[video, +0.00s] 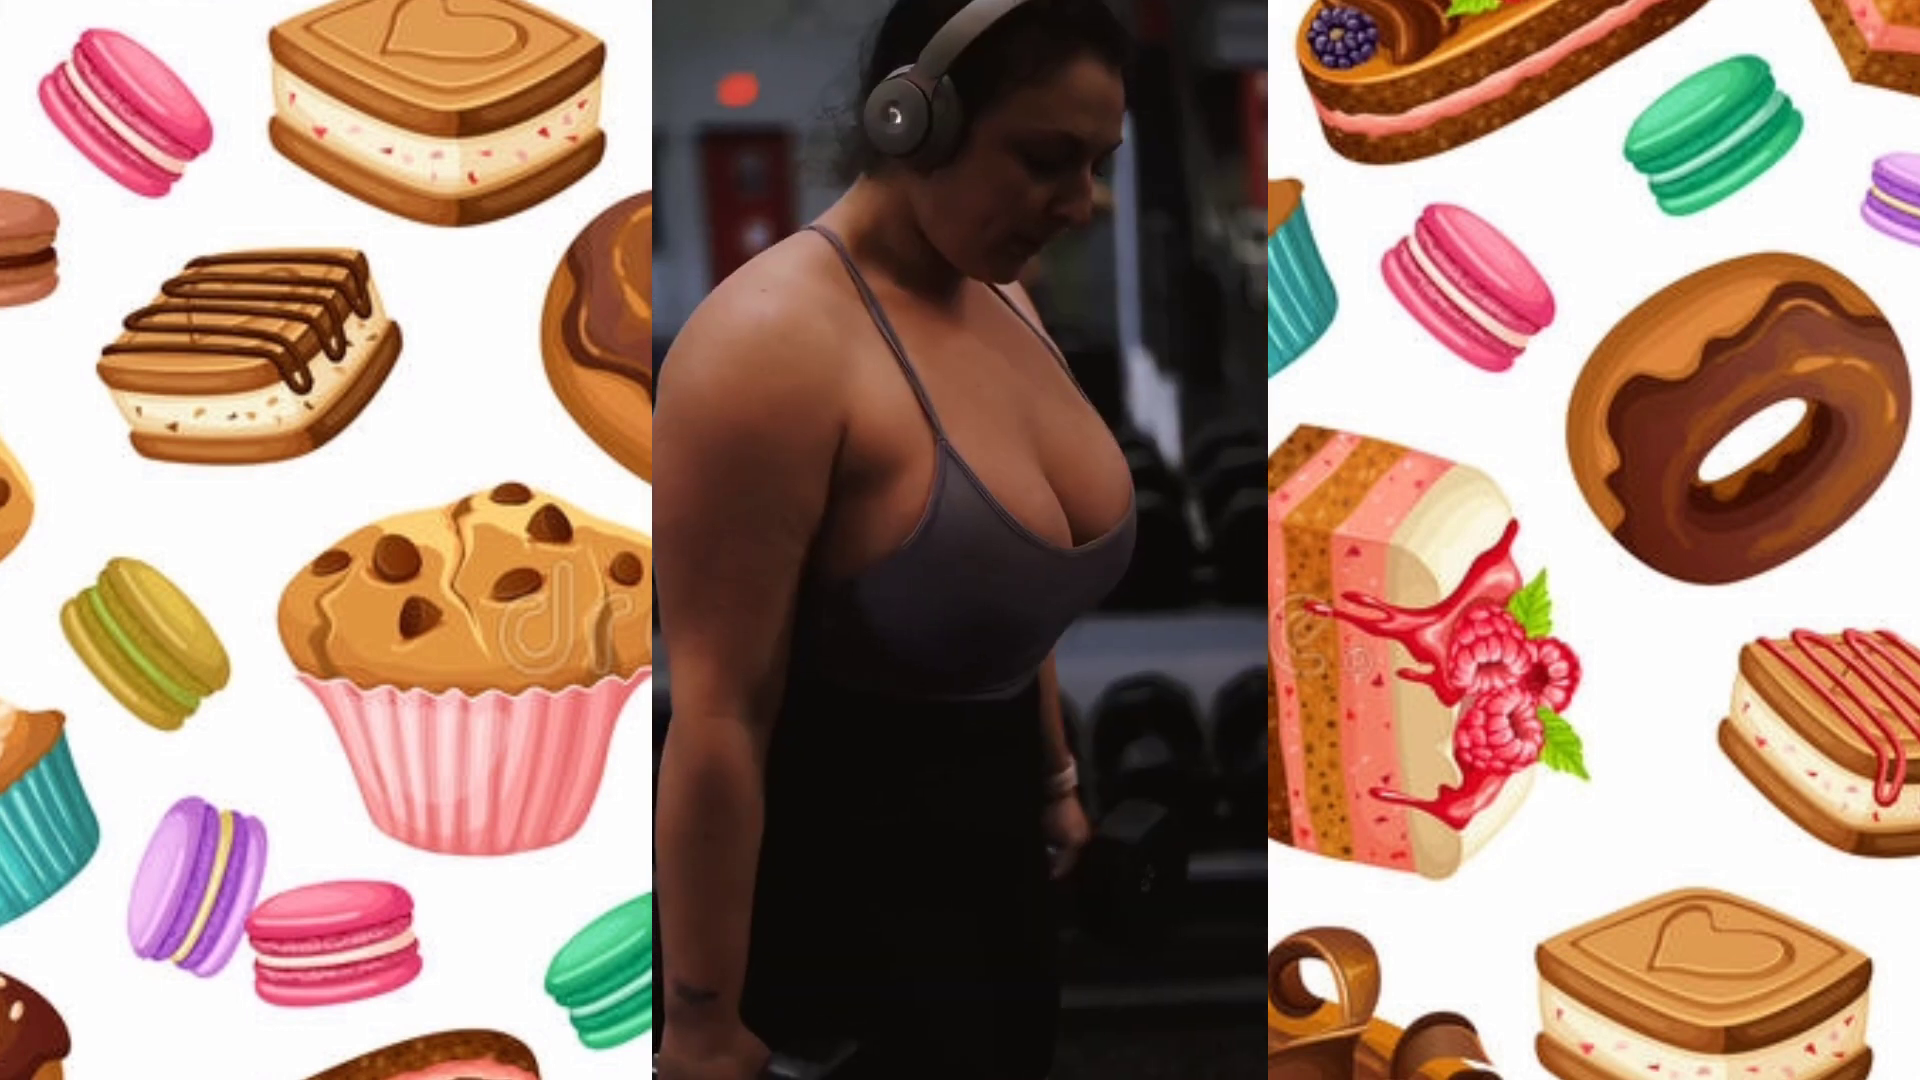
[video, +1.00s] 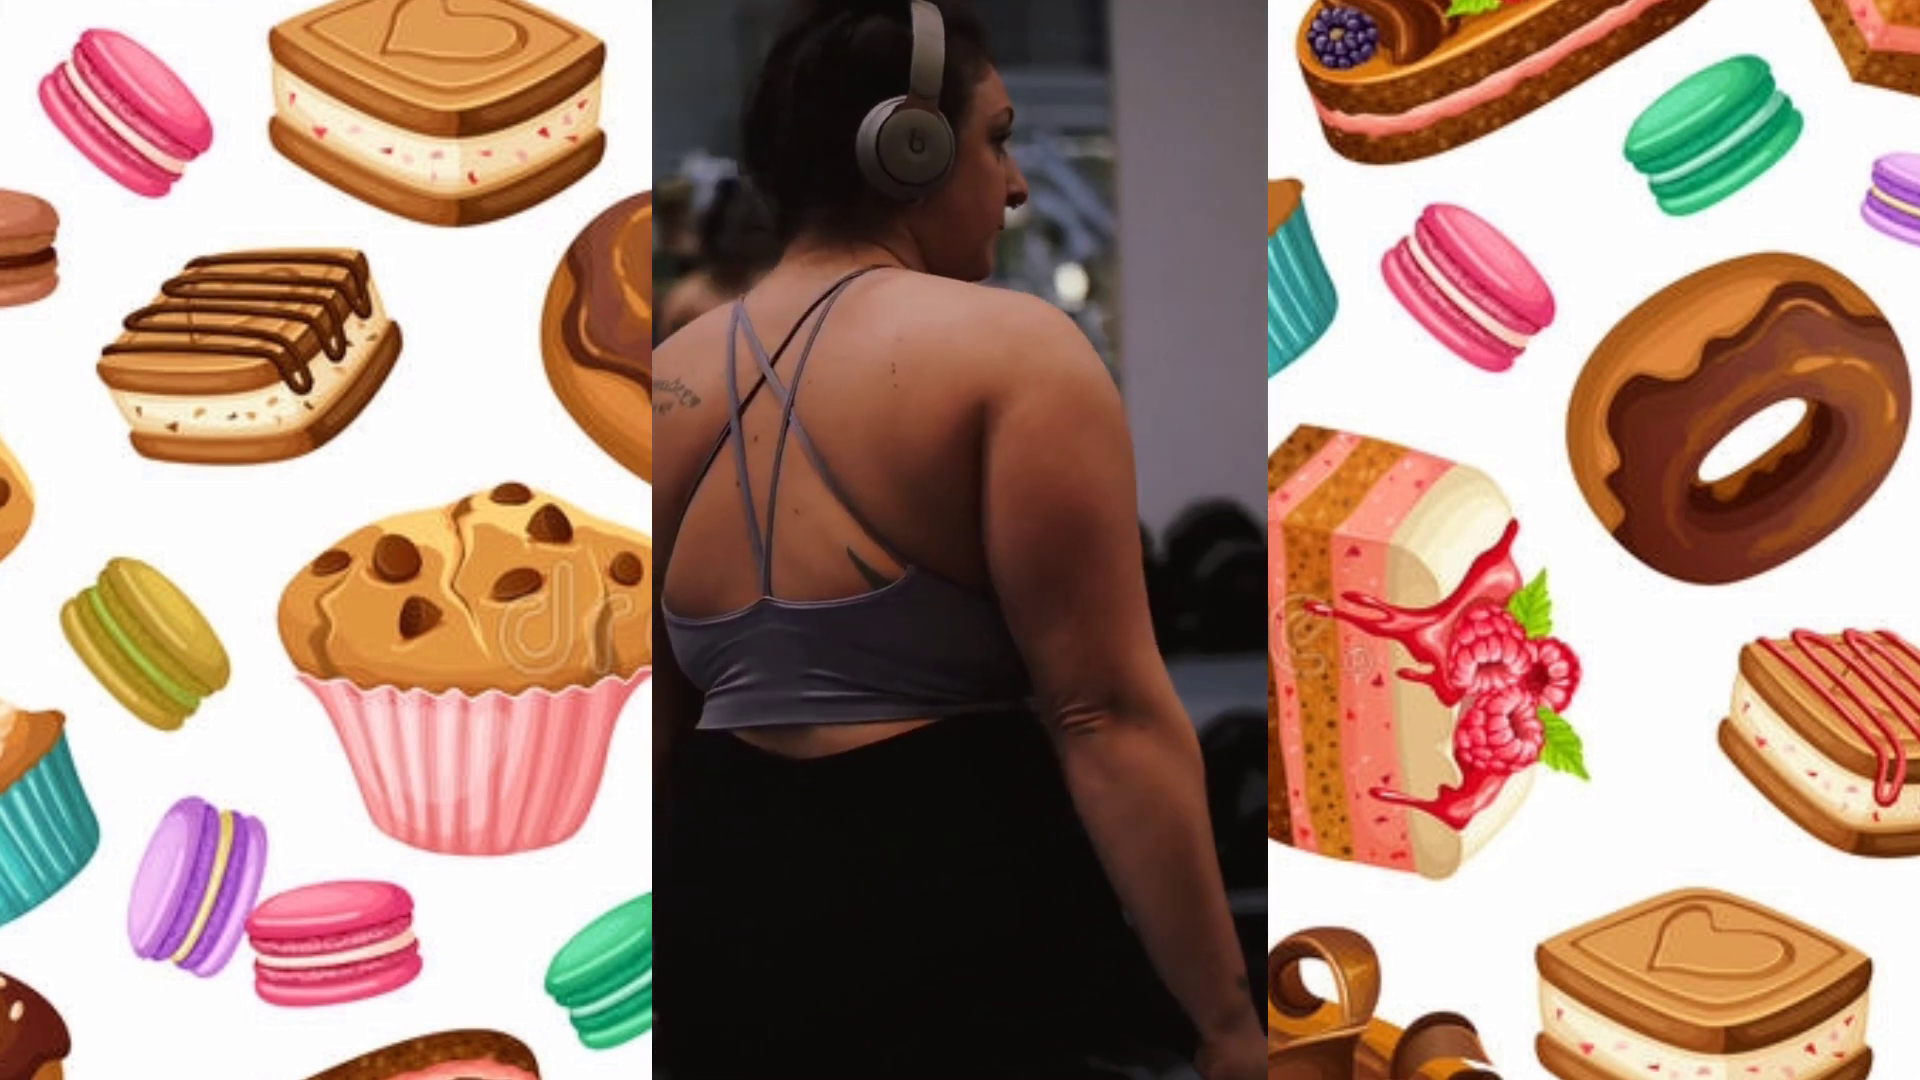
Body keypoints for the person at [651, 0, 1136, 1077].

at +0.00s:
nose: (1084, 201)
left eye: (1098, 163)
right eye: (1047, 158)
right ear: (914, 117)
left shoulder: (997, 296)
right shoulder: (765, 343)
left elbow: (1001, 582)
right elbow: (717, 714)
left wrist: (1054, 781)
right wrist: (701, 1019)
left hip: (989, 850)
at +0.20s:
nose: (1109, 224)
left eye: (1121, 182)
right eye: (1083, 173)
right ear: (945, 120)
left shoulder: (953, 310)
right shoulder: (800, 354)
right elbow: (741, 757)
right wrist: (733, 1067)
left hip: (941, 862)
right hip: (817, 887)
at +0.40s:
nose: (1132, 263)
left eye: (1141, 218)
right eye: (1112, 211)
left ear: (975, 177)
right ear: (981, 174)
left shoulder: (849, 316)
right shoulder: (871, 397)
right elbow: (821, 799)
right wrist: (827, 1061)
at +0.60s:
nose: (1100, 228)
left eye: (1097, 185)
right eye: (1077, 181)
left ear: (954, 178)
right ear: (960, 176)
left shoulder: (757, 354)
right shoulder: (934, 395)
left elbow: (754, 722)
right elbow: (931, 777)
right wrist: (966, 1070)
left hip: (747, 865)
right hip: (870, 884)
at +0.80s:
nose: (1038, 199)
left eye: (1031, 159)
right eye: (1017, 156)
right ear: (919, 162)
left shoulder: (696, 367)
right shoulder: (968, 361)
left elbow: (678, 707)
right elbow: (1015, 742)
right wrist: (1103, 1050)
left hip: (721, 867)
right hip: (921, 875)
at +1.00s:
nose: (1015, 180)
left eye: (1008, 141)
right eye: (996, 140)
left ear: (805, 161)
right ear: (907, 152)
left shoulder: (671, 372)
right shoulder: (1013, 349)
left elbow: (651, 700)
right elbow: (1106, 714)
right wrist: (1228, 1018)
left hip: (732, 894)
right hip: (978, 892)